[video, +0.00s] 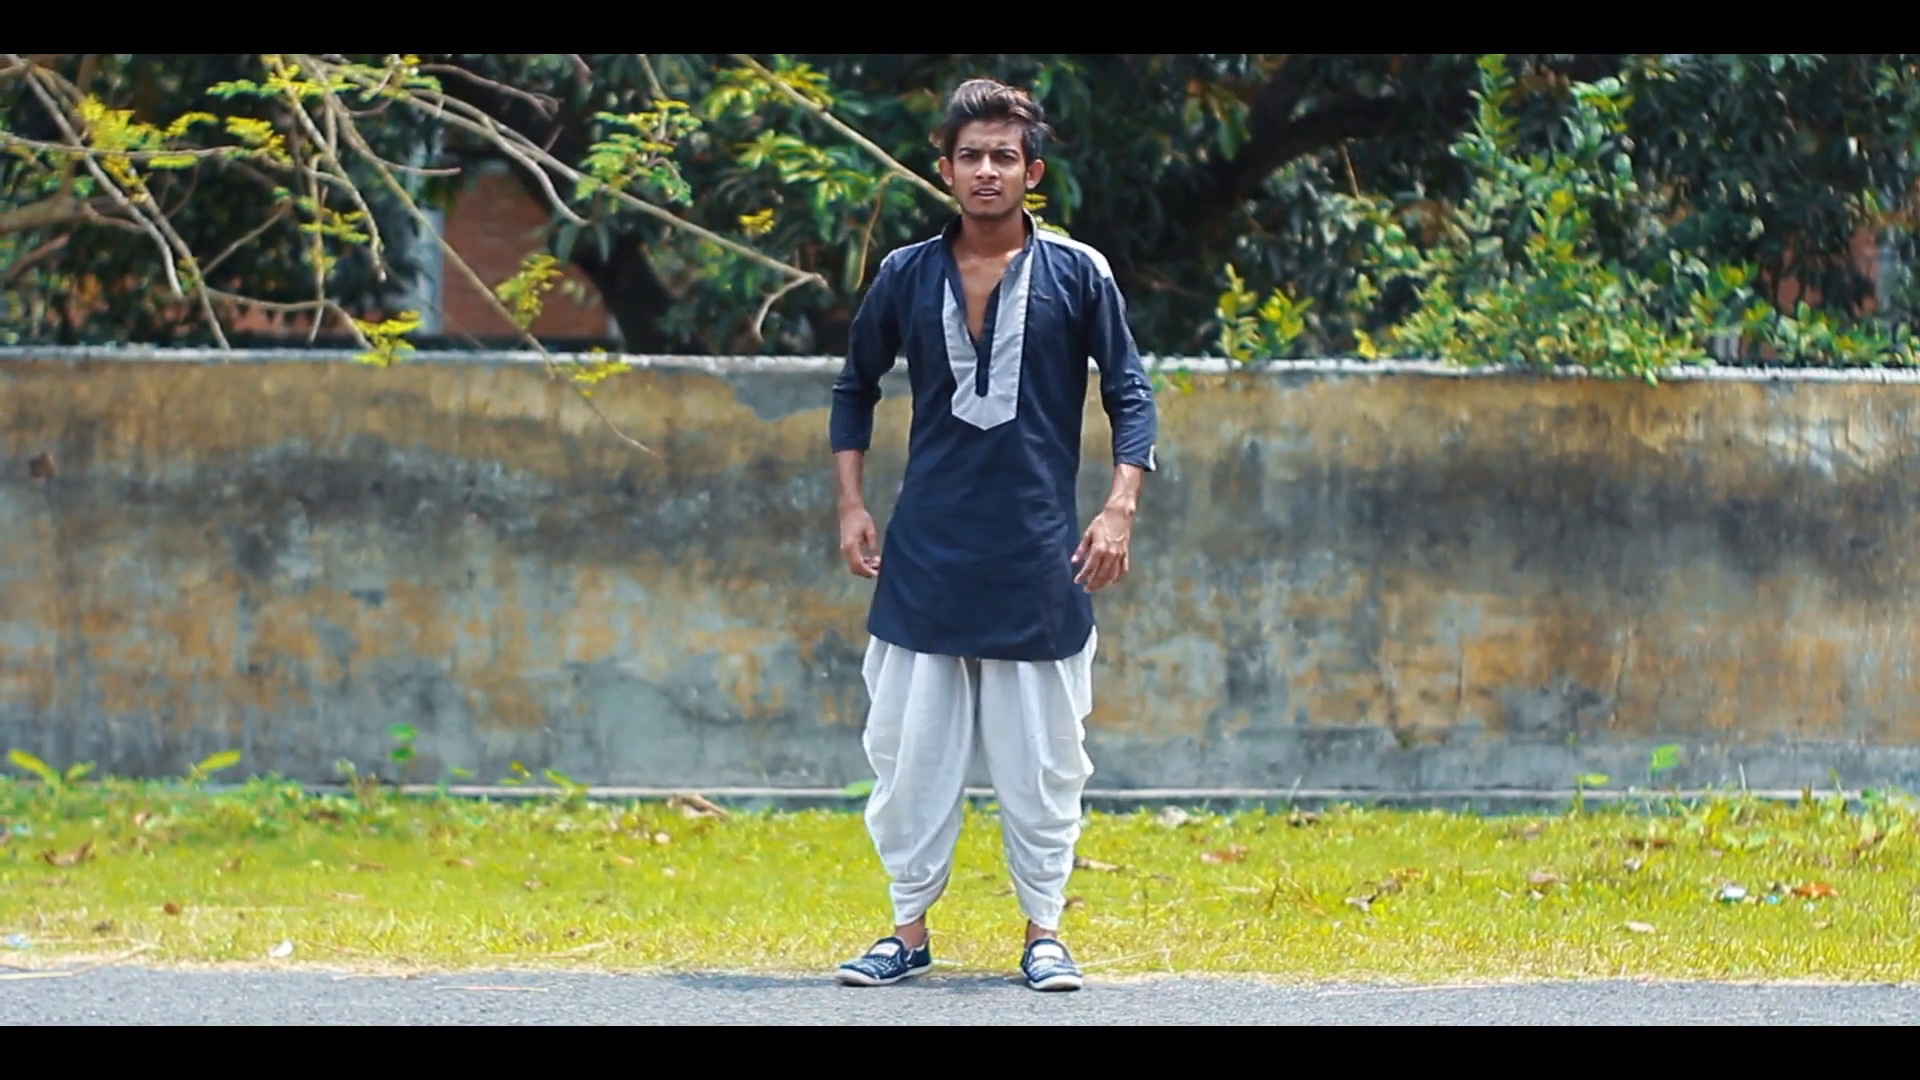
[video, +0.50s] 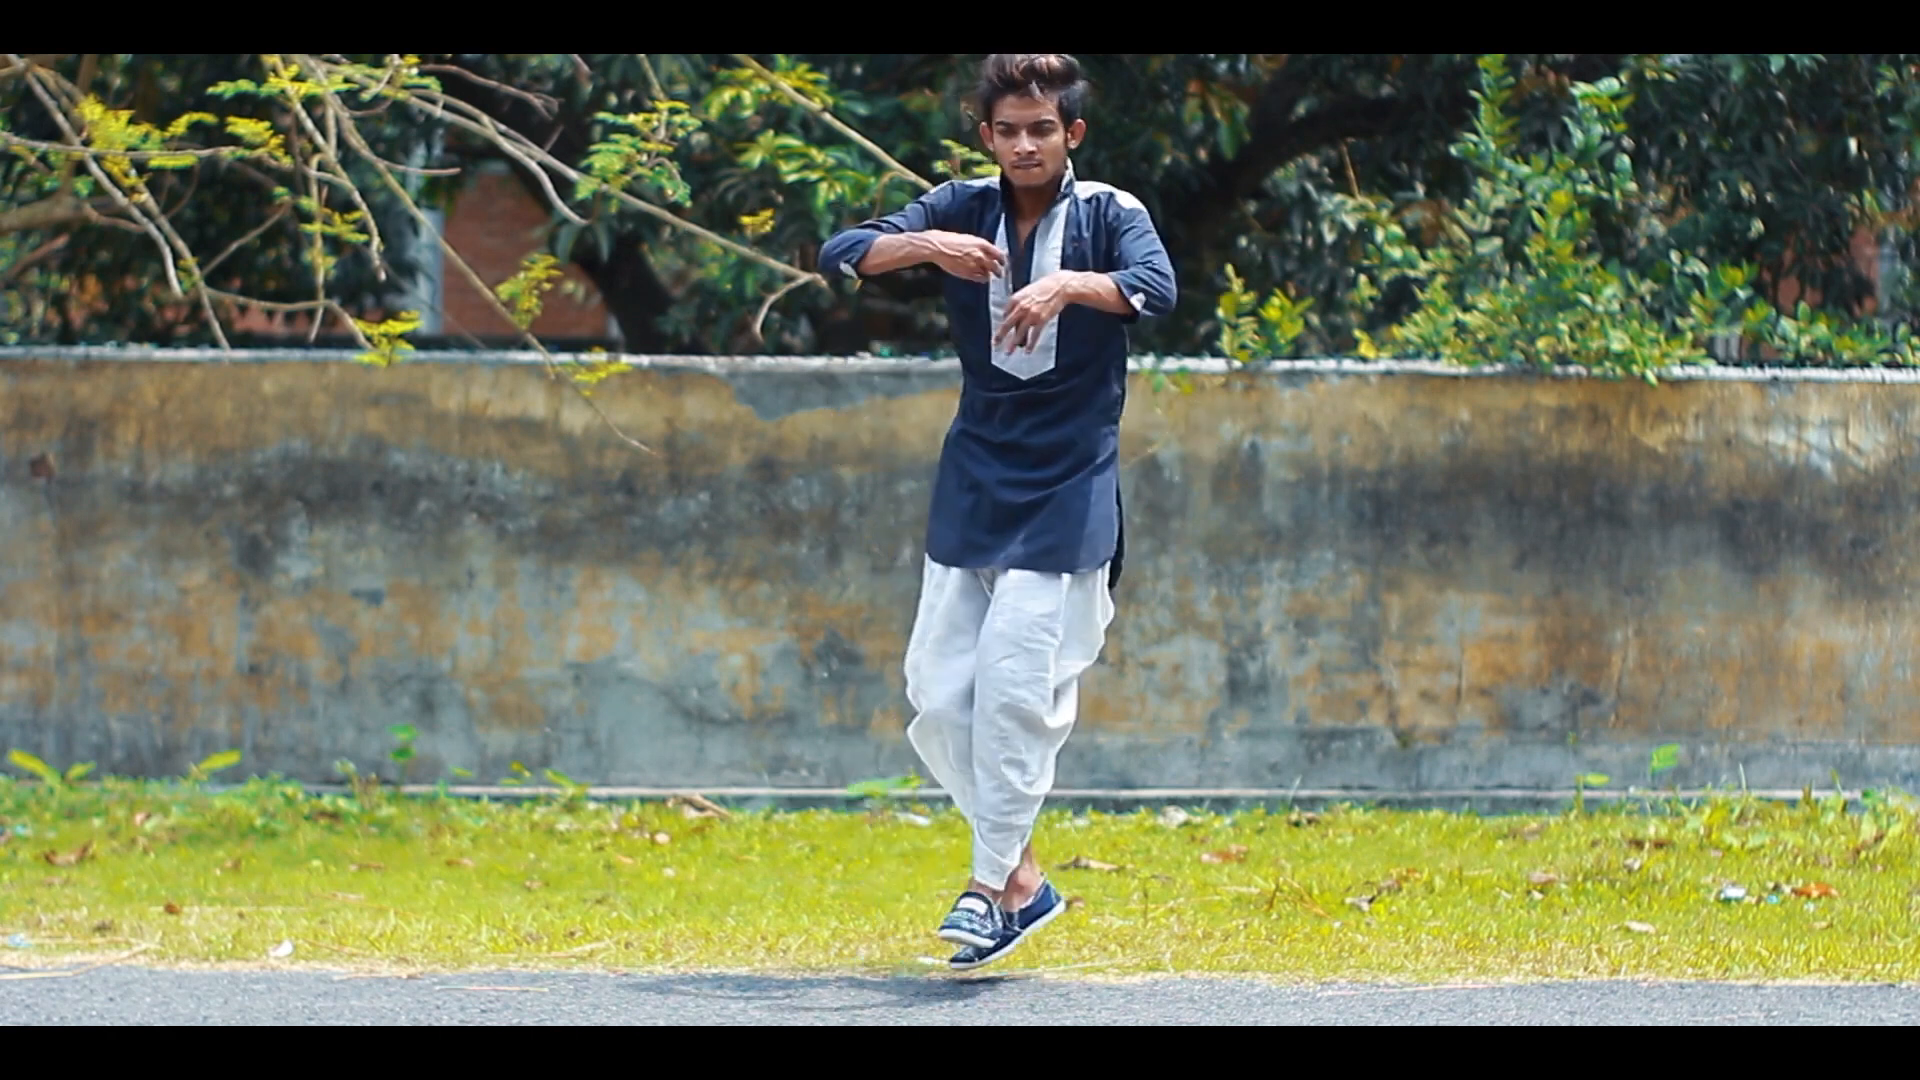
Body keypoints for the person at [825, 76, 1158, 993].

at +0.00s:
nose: (988, 173)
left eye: (1005, 158)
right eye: (972, 158)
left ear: (1031, 169)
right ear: (948, 169)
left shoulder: (1079, 273)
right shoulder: (902, 275)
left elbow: (1130, 396)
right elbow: (856, 388)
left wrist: (1120, 507)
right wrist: (851, 503)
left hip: (1036, 547)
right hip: (926, 546)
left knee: (1043, 750)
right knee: (907, 747)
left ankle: (1044, 935)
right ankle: (910, 933)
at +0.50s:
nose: (1023, 145)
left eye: (1040, 129)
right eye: (1008, 130)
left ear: (1073, 132)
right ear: (985, 132)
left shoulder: (1110, 212)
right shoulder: (959, 205)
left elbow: (1155, 289)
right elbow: (837, 253)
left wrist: (1066, 287)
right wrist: (924, 246)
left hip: (1067, 491)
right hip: (973, 485)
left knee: (1017, 690)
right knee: (936, 695)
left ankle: (986, 892)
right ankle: (1022, 884)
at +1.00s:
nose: (1095, 199)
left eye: (1112, 182)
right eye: (1085, 183)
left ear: (1163, 175)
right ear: (1083, 180)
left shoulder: (1201, 247)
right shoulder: (1100, 240)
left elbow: (1301, 199)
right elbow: (1062, 178)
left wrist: (1233, 134)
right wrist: (1083, 118)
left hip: (1137, 544)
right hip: (1057, 536)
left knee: (1149, 747)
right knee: (974, 700)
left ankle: (1220, 936)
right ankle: (961, 913)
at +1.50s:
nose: (1158, 231)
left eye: (1173, 214)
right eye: (1150, 214)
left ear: (1222, 207)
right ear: (1150, 210)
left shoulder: (1262, 289)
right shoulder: (1154, 272)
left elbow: (1286, 298)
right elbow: (1050, 230)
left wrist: (1245, 216)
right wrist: (1134, 185)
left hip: (1171, 552)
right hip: (1085, 527)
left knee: (1157, 766)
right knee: (969, 702)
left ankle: (1205, 946)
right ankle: (948, 915)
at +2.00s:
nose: (1156, 225)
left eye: (1175, 213)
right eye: (1141, 212)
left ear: (1203, 237)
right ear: (1117, 232)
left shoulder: (1235, 348)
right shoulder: (1076, 336)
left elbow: (1304, 464)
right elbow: (1021, 450)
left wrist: (1415, 410)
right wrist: (915, 401)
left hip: (1167, 611)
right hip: (1058, 599)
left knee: (1192, 788)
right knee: (948, 758)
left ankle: (1226, 965)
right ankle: (935, 944)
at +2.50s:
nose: (1021, 222)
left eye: (1039, 208)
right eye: (1004, 206)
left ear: (1057, 225)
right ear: (971, 216)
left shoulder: (1073, 324)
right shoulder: (930, 314)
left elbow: (1081, 461)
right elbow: (967, 427)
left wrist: (1097, 402)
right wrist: (1039, 331)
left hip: (1028, 574)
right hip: (936, 570)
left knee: (1031, 764)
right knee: (946, 772)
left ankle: (912, 943)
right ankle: (1009, 924)